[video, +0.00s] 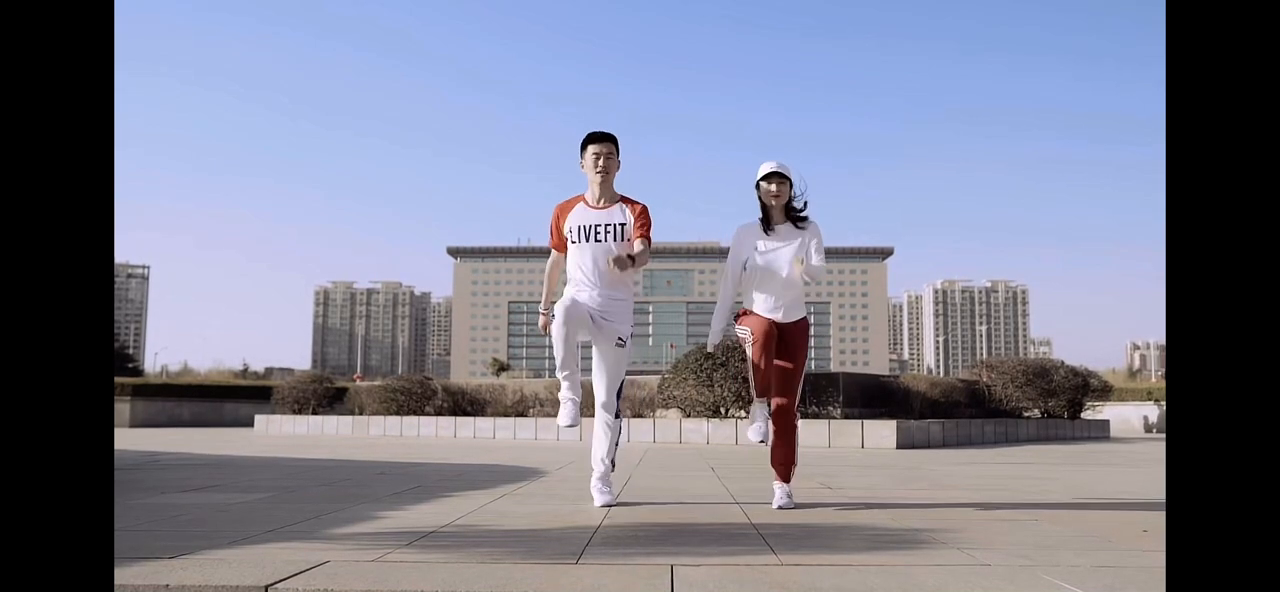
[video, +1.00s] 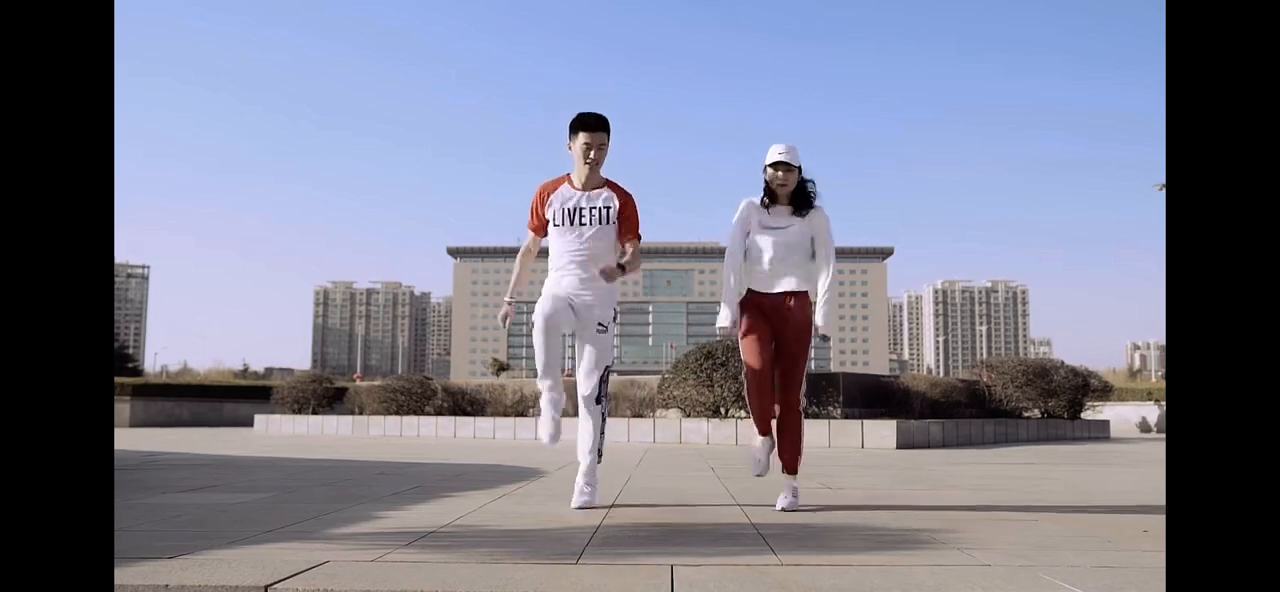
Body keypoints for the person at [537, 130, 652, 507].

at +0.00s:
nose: (603, 161)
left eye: (609, 156)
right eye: (595, 156)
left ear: (618, 163)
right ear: (583, 164)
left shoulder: (635, 210)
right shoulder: (565, 211)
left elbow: (644, 251)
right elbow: (556, 260)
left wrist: (630, 261)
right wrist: (545, 305)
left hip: (616, 310)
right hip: (578, 301)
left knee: (608, 402)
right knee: (567, 310)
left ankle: (602, 477)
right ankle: (569, 394)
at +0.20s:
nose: (592, 157)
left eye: (599, 151)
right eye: (585, 150)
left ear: (610, 157)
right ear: (574, 157)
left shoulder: (625, 198)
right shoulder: (560, 205)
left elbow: (651, 238)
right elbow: (557, 256)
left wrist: (630, 214)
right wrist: (549, 304)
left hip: (609, 312)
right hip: (567, 310)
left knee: (606, 396)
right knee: (562, 392)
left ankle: (602, 473)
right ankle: (568, 481)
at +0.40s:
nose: (589, 152)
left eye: (596, 146)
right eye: (582, 146)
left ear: (605, 152)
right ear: (570, 151)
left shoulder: (621, 199)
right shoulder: (551, 199)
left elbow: (637, 253)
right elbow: (537, 247)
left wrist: (643, 301)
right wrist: (527, 280)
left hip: (604, 303)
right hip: (564, 304)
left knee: (604, 347)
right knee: (570, 394)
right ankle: (580, 476)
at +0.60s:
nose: (594, 154)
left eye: (600, 148)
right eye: (587, 147)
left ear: (609, 153)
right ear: (572, 150)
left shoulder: (623, 201)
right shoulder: (549, 196)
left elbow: (626, 248)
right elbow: (520, 249)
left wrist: (632, 285)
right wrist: (530, 233)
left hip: (604, 294)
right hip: (564, 298)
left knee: (589, 336)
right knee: (570, 388)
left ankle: (591, 429)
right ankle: (582, 471)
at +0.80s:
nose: (598, 174)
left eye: (605, 168)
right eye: (591, 167)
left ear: (612, 173)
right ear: (576, 168)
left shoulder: (619, 215)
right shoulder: (552, 212)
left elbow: (633, 246)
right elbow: (522, 260)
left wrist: (652, 274)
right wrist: (539, 272)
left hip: (602, 324)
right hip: (561, 326)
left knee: (595, 406)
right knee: (570, 412)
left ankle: (586, 493)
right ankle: (583, 474)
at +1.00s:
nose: (593, 153)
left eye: (600, 147)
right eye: (586, 146)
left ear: (608, 150)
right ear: (571, 147)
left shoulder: (621, 198)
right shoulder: (548, 194)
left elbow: (632, 254)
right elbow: (530, 249)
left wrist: (621, 268)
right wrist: (510, 297)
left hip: (600, 297)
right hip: (559, 291)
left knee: (590, 394)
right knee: (544, 315)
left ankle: (586, 481)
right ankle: (550, 398)